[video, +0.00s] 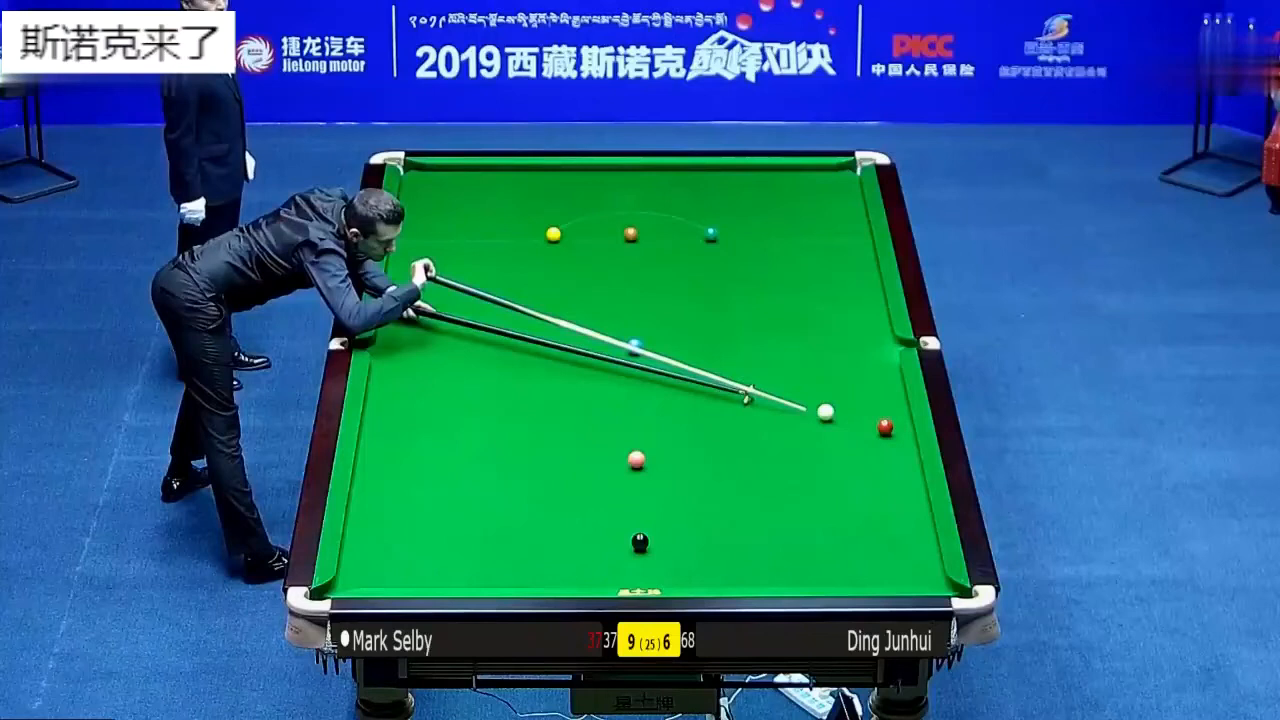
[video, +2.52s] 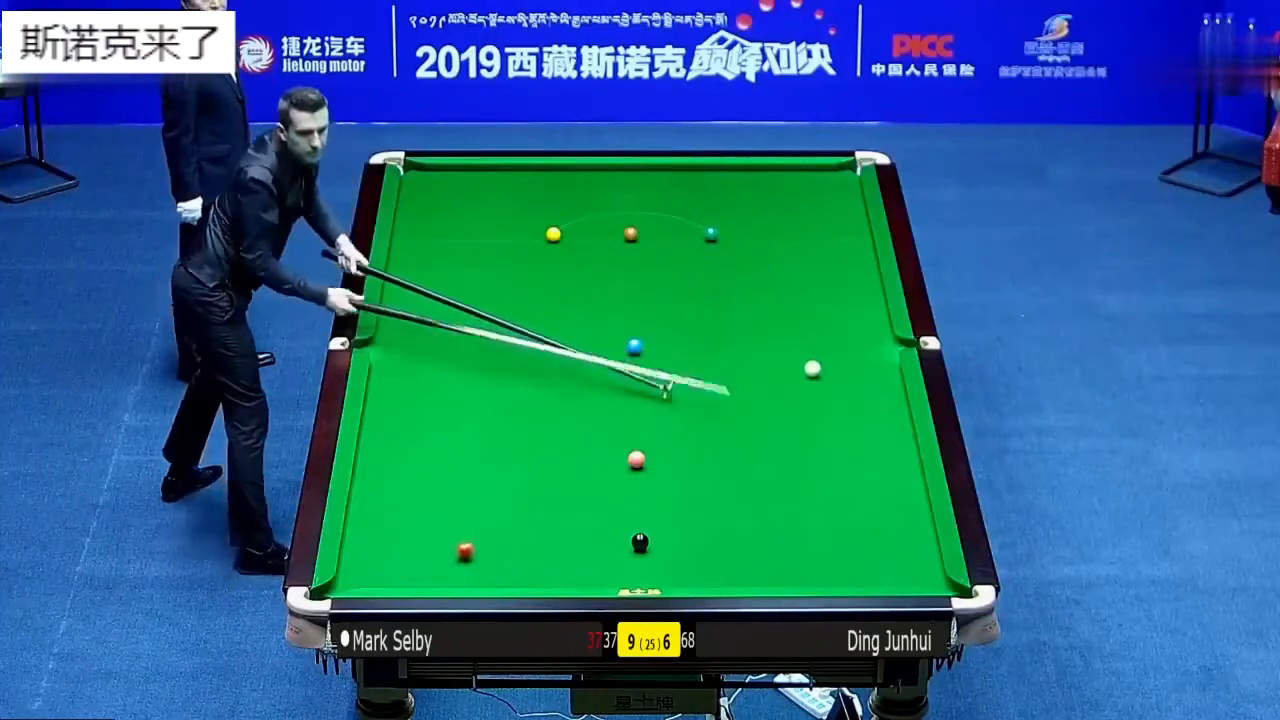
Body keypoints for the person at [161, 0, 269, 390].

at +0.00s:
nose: (223, 9)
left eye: (223, 4)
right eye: (214, 4)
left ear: (220, 10)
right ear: (190, 7)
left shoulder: (217, 54)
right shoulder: (184, 67)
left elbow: (225, 114)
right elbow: (179, 136)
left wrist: (240, 153)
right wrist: (189, 195)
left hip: (226, 184)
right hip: (204, 190)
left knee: (219, 268)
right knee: (204, 274)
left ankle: (217, 347)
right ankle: (213, 353)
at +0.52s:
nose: (224, 8)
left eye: (224, 4)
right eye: (215, 3)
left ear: (220, 11)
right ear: (191, 7)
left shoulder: (217, 54)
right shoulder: (185, 66)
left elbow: (227, 113)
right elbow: (180, 135)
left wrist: (241, 153)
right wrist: (190, 195)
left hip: (227, 183)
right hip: (205, 190)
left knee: (219, 267)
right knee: (204, 273)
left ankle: (216, 347)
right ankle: (213, 352)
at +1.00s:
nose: (225, 9)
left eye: (225, 4)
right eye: (216, 3)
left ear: (221, 10)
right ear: (192, 7)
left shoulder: (217, 54)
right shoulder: (184, 66)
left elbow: (227, 114)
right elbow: (181, 135)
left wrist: (243, 154)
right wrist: (191, 195)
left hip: (227, 183)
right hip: (205, 190)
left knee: (220, 268)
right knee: (203, 274)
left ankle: (218, 346)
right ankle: (208, 353)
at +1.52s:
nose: (223, 9)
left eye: (224, 4)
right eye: (214, 4)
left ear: (220, 11)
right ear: (190, 7)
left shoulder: (217, 56)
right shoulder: (185, 67)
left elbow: (228, 114)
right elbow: (181, 136)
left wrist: (242, 153)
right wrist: (191, 195)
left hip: (227, 185)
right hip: (205, 191)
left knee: (220, 269)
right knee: (203, 274)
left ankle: (219, 347)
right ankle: (208, 354)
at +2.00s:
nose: (222, 8)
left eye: (222, 3)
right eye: (212, 3)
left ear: (219, 9)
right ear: (189, 6)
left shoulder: (216, 51)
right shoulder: (183, 64)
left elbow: (227, 114)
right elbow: (180, 136)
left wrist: (243, 154)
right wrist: (190, 194)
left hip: (228, 183)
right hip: (205, 190)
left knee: (220, 271)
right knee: (201, 276)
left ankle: (219, 349)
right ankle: (202, 357)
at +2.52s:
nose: (221, 8)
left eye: (222, 4)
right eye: (212, 3)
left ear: (222, 9)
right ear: (190, 7)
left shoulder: (221, 53)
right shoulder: (182, 64)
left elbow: (233, 121)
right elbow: (176, 134)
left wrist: (246, 172)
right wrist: (186, 193)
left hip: (231, 186)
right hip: (204, 190)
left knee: (230, 275)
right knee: (197, 281)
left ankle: (231, 352)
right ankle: (194, 360)